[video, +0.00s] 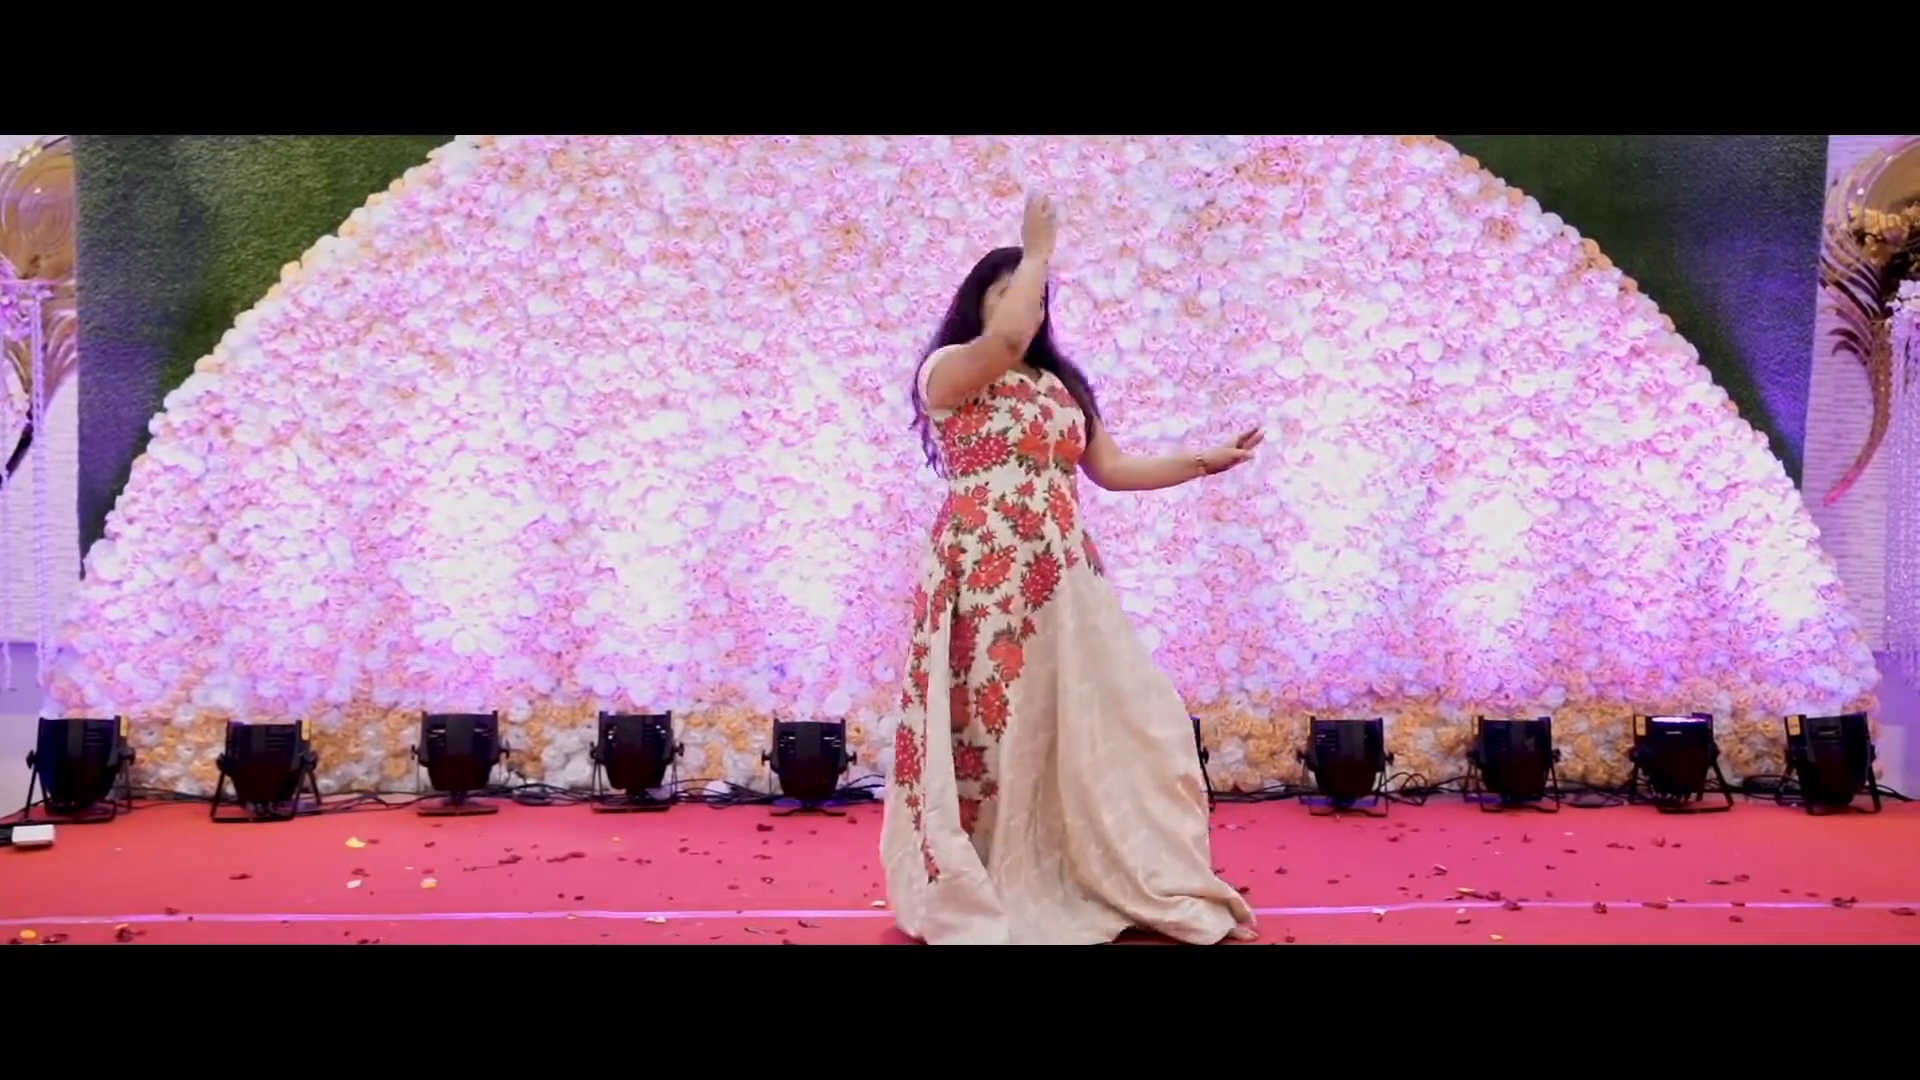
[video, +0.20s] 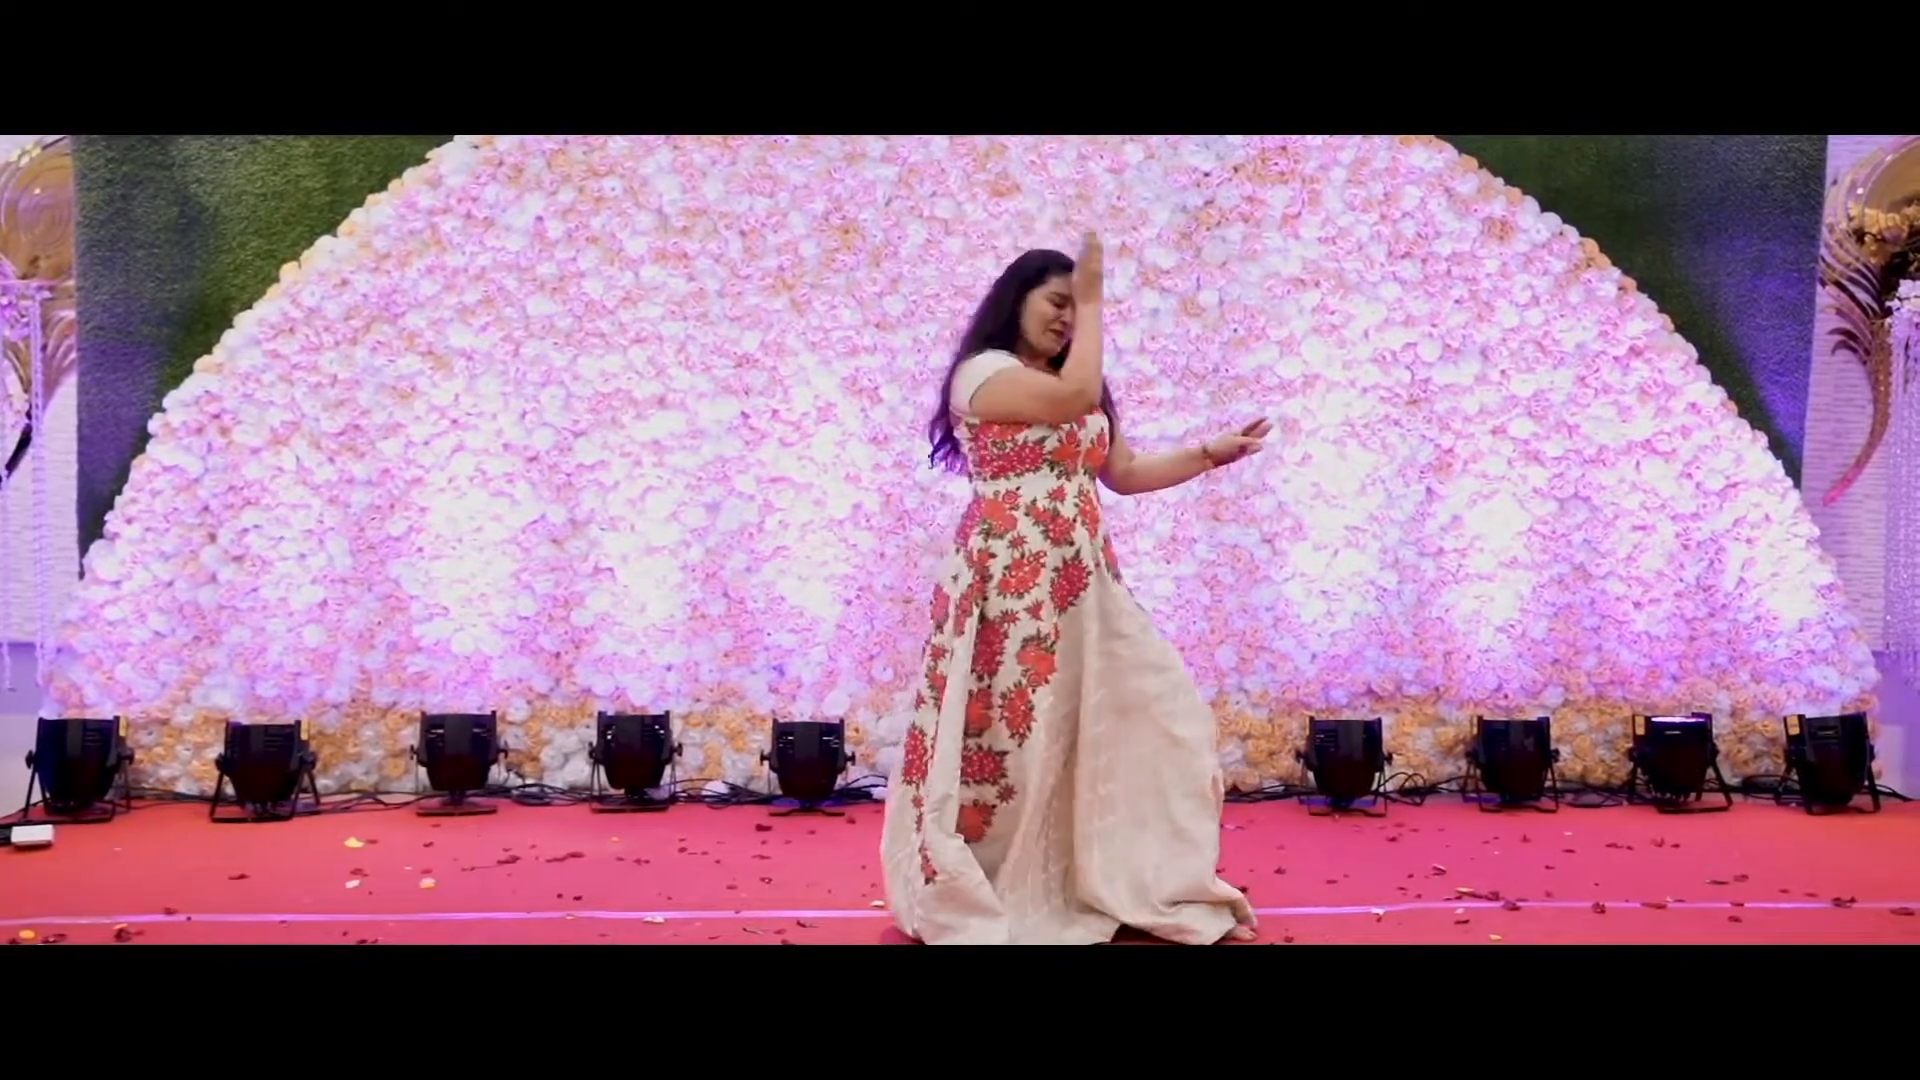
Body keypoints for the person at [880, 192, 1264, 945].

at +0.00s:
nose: (1030, 304)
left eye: (1039, 292)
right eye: (1013, 291)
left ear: (1043, 309)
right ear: (980, 301)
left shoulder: (1061, 388)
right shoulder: (944, 374)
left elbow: (1112, 469)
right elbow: (1010, 336)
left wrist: (1202, 460)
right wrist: (1033, 259)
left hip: (1065, 570)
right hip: (983, 568)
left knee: (1109, 720)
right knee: (989, 726)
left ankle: (1135, 886)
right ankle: (979, 891)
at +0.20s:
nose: (1066, 316)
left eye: (1075, 306)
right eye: (1052, 300)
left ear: (1078, 315)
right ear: (1014, 301)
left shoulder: (1082, 389)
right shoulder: (981, 374)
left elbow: (1125, 474)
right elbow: (1076, 392)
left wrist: (1206, 453)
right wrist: (1091, 297)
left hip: (1086, 580)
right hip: (1011, 579)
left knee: (1174, 719)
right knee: (1010, 734)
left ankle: (1157, 889)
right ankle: (980, 895)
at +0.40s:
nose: (1146, 328)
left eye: (1150, 318)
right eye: (1138, 312)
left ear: (1127, 318)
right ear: (1098, 299)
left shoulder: (1105, 386)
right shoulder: (1042, 353)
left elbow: (1139, 490)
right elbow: (1129, 407)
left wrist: (1215, 453)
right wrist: (1160, 342)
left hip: (1099, 574)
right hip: (1035, 571)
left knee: (1180, 714)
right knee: (1033, 726)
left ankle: (1160, 890)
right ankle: (996, 895)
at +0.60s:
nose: (1194, 370)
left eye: (1199, 359)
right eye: (1193, 354)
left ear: (1168, 345)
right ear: (1162, 334)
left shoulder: (1137, 410)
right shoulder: (1095, 355)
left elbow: (1149, 519)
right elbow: (1162, 422)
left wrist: (1225, 469)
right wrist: (1207, 386)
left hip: (1089, 581)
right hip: (1025, 574)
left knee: (1162, 717)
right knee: (1038, 728)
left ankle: (1148, 888)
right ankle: (1016, 895)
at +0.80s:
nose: (1199, 402)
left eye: (1205, 393)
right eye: (1199, 390)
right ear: (1173, 372)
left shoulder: (1126, 449)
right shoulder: (1098, 367)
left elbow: (1134, 546)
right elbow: (1170, 403)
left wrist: (1198, 494)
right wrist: (1196, 424)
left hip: (1062, 587)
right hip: (997, 577)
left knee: (1146, 712)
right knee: (1048, 725)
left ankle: (1149, 889)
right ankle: (1022, 898)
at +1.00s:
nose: (1168, 423)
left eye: (1173, 417)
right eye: (1171, 411)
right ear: (1142, 377)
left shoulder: (1106, 468)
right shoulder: (1061, 379)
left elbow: (1105, 559)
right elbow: (1138, 378)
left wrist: (1155, 500)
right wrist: (1159, 431)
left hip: (1035, 598)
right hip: (967, 587)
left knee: (1125, 722)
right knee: (1025, 735)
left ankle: (1158, 889)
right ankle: (1016, 898)